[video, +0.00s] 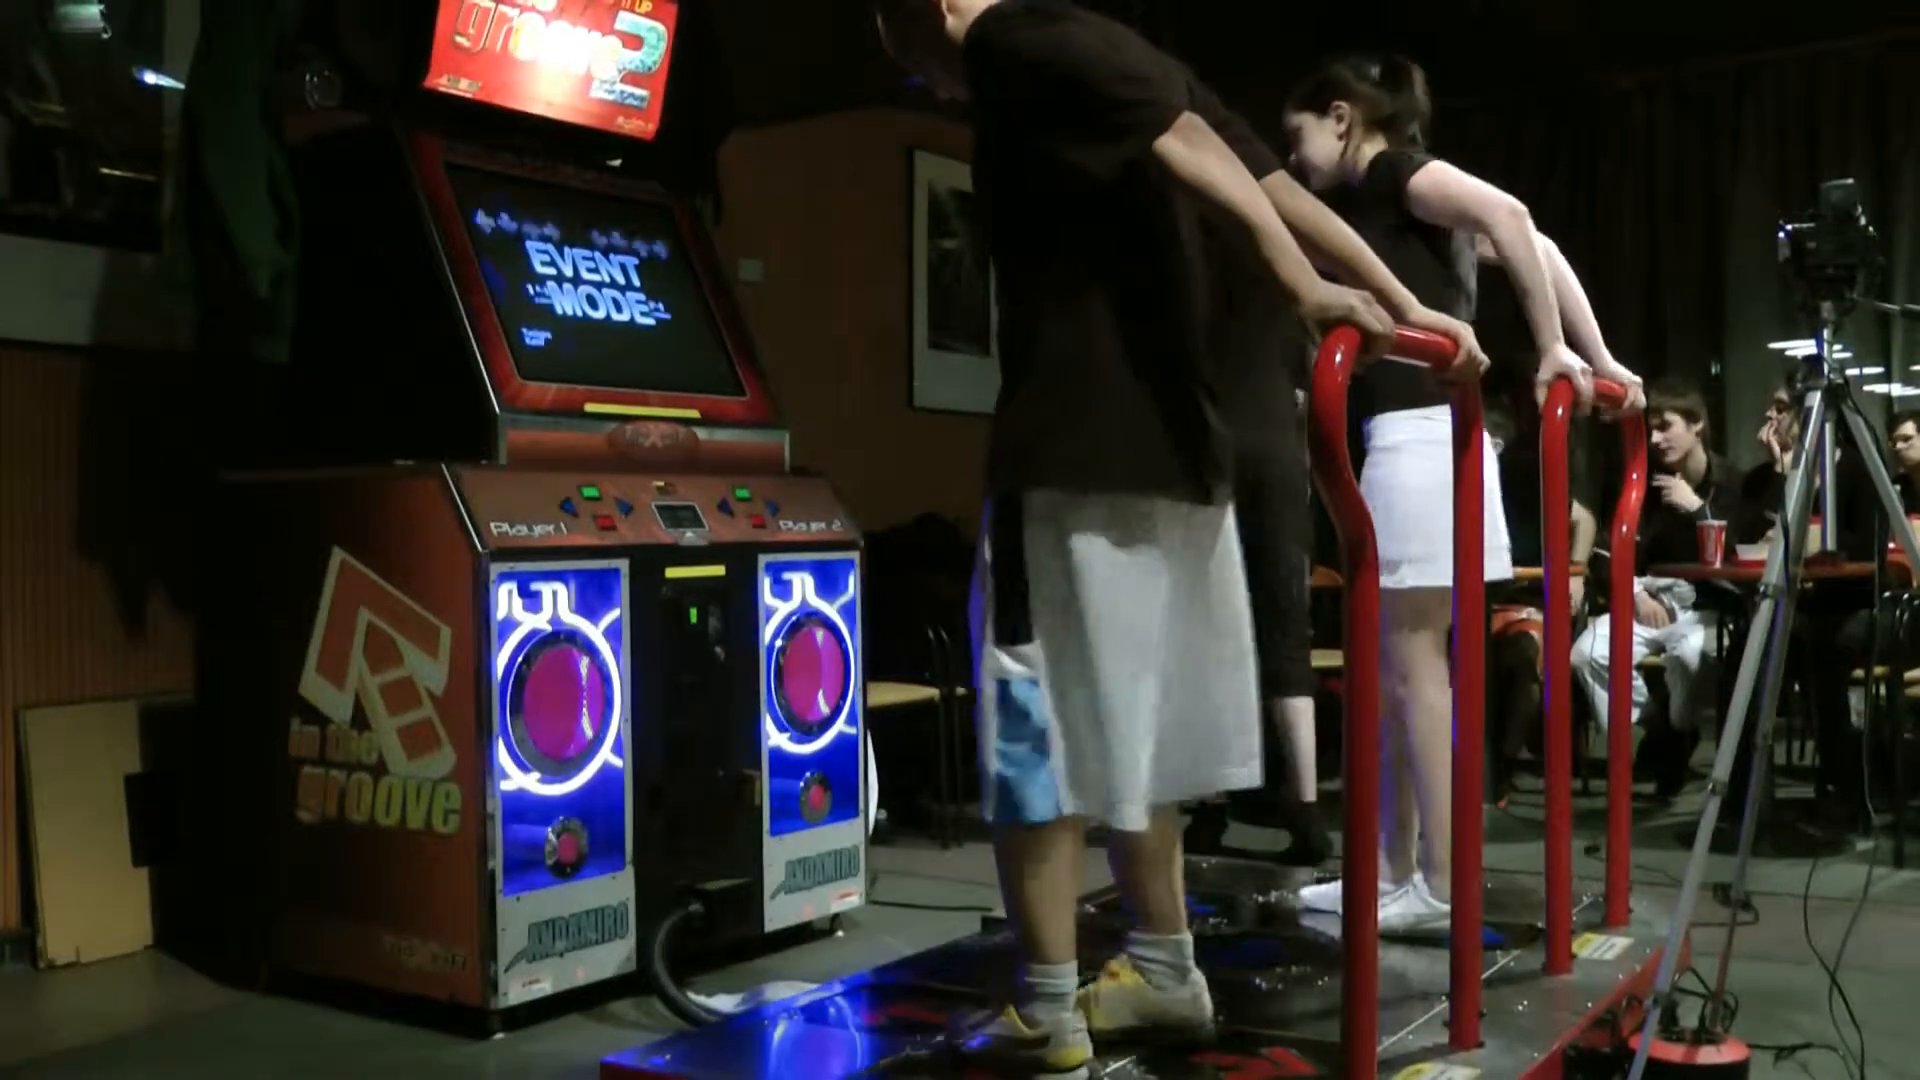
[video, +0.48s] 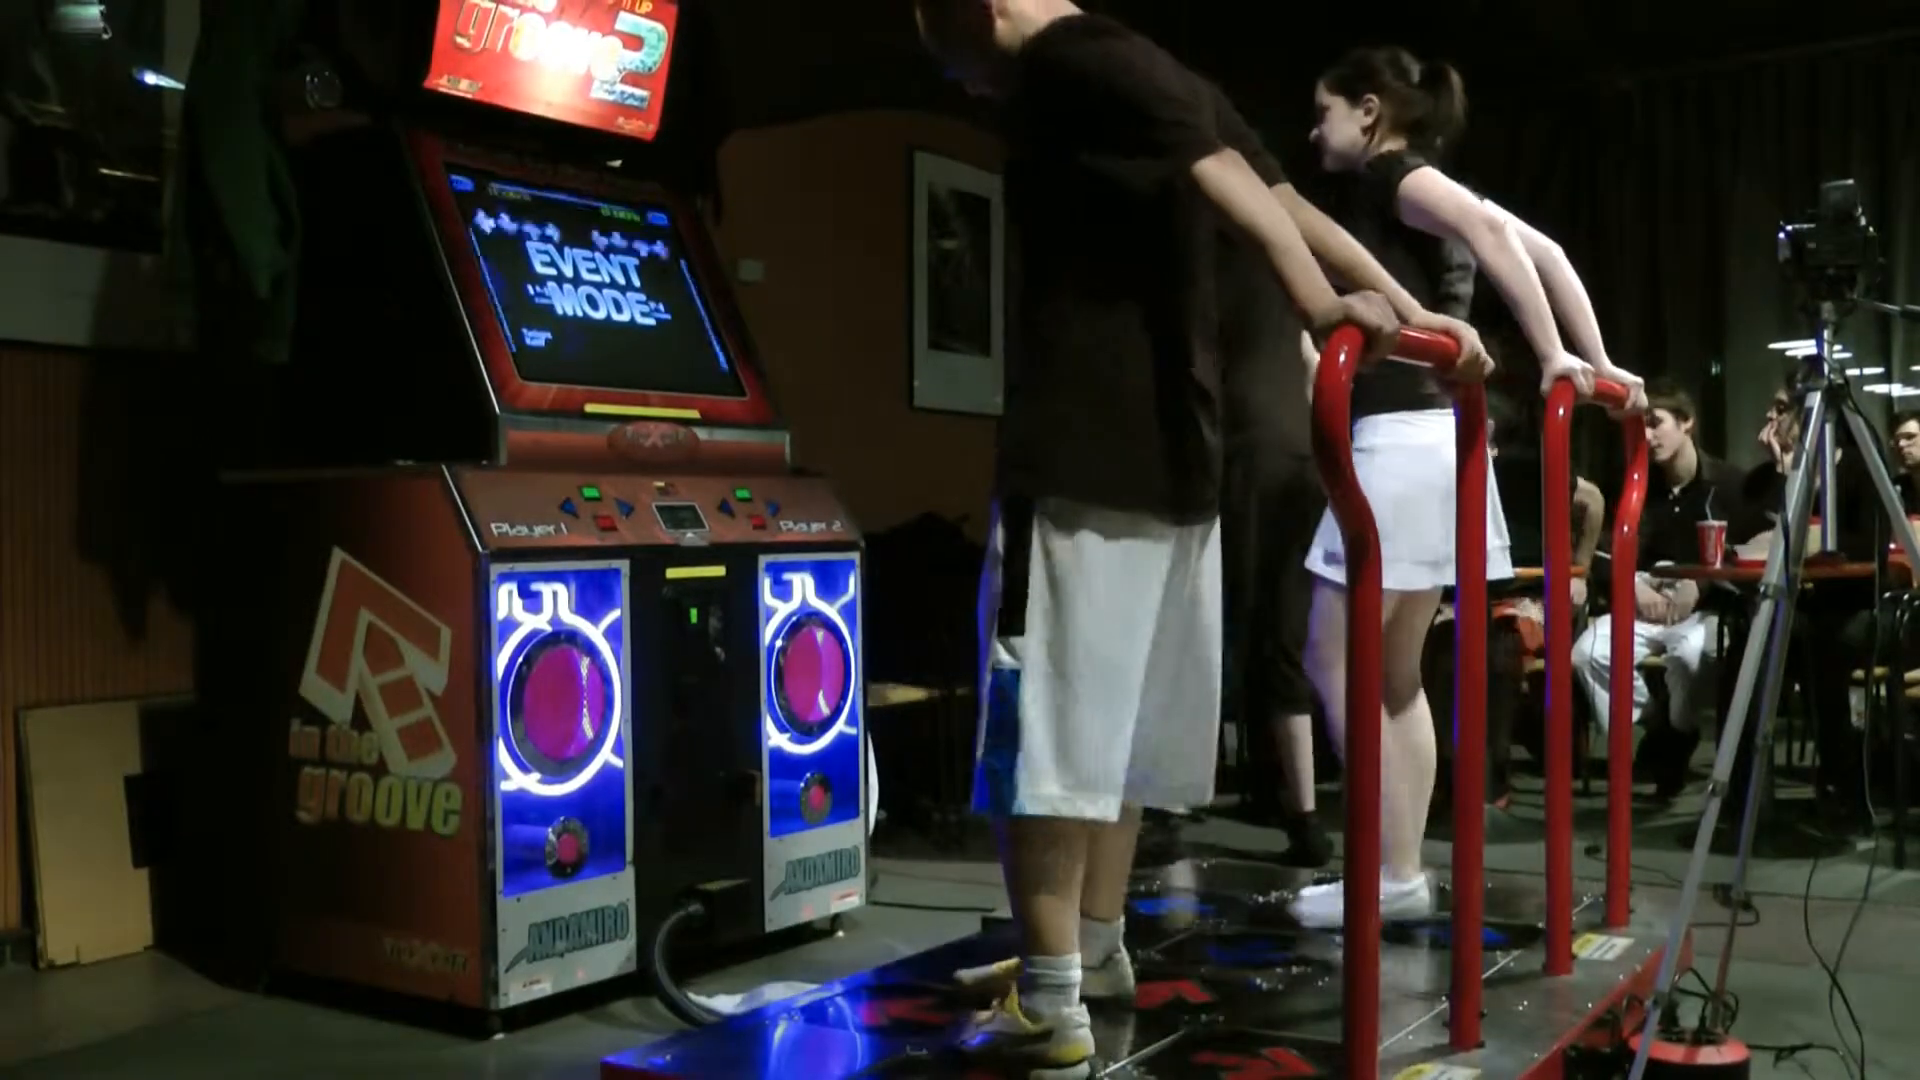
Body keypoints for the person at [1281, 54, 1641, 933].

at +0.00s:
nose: (1292, 151)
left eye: (1298, 133)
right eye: (1290, 136)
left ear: (1343, 121)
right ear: (1359, 127)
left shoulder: (1388, 172)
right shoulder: (1410, 184)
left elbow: (1507, 215)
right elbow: (1538, 247)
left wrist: (1554, 351)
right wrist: (1601, 355)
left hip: (1417, 437)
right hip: (1418, 437)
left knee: (1418, 655)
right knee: (1393, 657)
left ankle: (1442, 884)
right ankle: (1394, 873)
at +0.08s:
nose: (1296, 144)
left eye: (1303, 126)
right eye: (1295, 129)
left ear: (1347, 118)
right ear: (1370, 122)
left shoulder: (1382, 175)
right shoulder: (1411, 184)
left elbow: (1499, 224)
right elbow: (1540, 249)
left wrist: (1553, 352)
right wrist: (1601, 357)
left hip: (1410, 443)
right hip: (1418, 442)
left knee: (1411, 659)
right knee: (1389, 658)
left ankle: (1441, 884)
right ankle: (1394, 874)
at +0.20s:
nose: (1304, 138)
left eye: (1312, 120)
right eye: (1305, 122)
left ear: (1357, 115)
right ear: (1374, 119)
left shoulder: (1386, 178)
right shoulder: (1418, 182)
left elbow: (1498, 235)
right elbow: (1544, 248)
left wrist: (1555, 356)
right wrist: (1599, 357)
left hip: (1410, 447)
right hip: (1424, 445)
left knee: (1389, 668)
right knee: (1388, 667)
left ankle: (1442, 883)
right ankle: (1396, 875)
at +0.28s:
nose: (1310, 135)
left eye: (1317, 118)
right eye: (1311, 120)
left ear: (1362, 115)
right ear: (1380, 119)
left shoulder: (1383, 177)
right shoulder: (1422, 182)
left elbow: (1495, 235)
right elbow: (1545, 250)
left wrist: (1554, 354)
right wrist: (1600, 357)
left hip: (1407, 448)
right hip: (1431, 447)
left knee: (1380, 675)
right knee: (1393, 676)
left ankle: (1436, 882)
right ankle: (1402, 876)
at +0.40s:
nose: (1315, 130)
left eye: (1323, 113)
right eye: (1317, 114)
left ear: (1367, 112)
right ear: (1389, 116)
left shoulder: (1389, 176)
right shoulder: (1427, 182)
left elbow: (1498, 238)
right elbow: (1545, 251)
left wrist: (1554, 355)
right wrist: (1602, 358)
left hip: (1402, 449)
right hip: (1442, 448)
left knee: (1348, 668)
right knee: (1399, 675)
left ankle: (1419, 867)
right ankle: (1408, 864)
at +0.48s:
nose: (1316, 129)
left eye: (1325, 113)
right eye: (1317, 114)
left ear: (1371, 113)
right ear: (1391, 118)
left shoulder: (1387, 176)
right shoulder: (1427, 182)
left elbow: (1494, 233)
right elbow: (1545, 250)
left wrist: (1553, 355)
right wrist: (1601, 360)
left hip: (1398, 449)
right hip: (1444, 449)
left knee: (1338, 667)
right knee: (1397, 678)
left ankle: (1373, 876)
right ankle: (1404, 875)